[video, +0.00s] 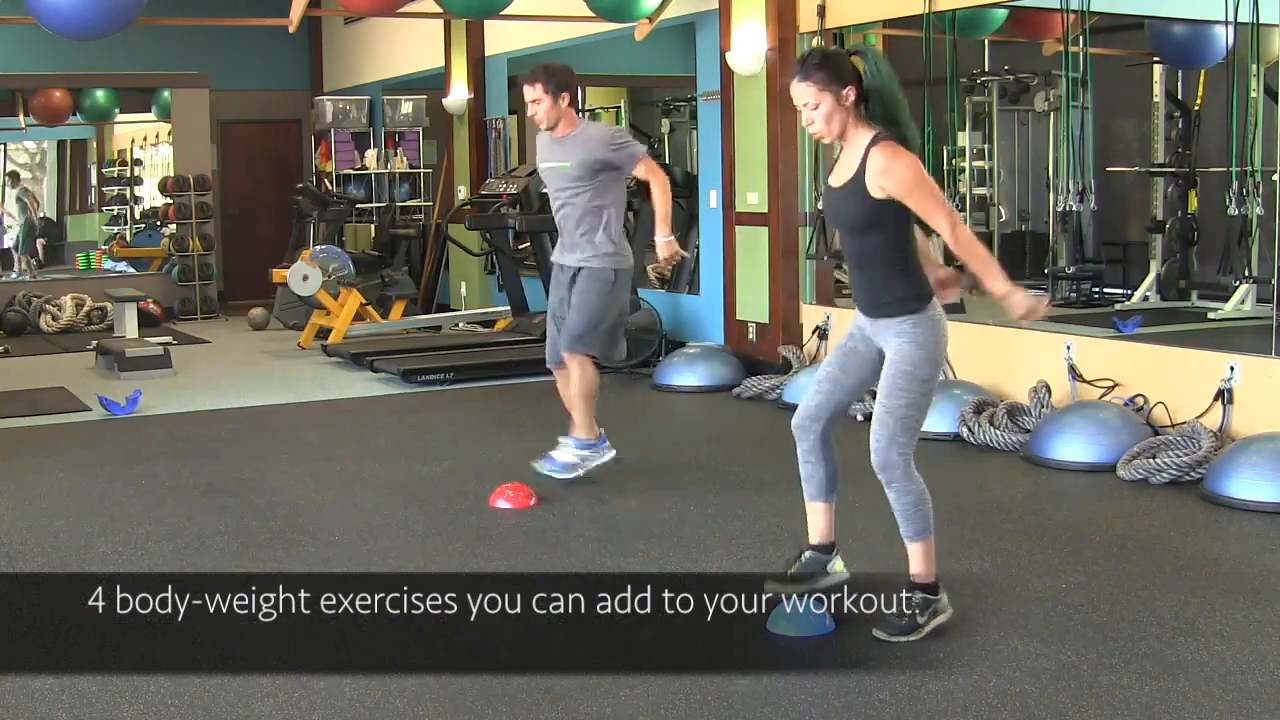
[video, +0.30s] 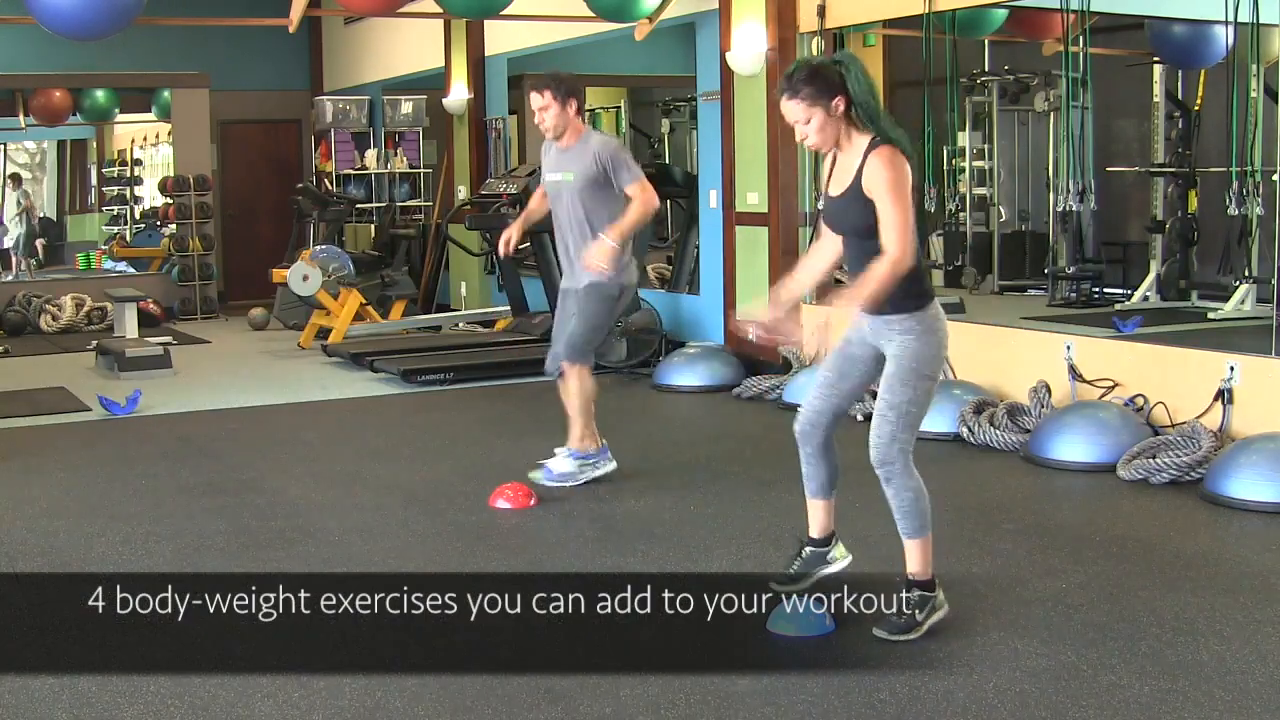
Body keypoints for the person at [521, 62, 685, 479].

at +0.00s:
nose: (530, 111)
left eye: (536, 102)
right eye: (528, 103)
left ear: (564, 100)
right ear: (537, 104)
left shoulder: (603, 139)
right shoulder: (543, 142)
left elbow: (658, 176)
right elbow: (571, 194)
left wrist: (663, 235)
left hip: (604, 262)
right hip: (565, 261)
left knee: (578, 349)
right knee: (557, 358)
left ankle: (584, 441)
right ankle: (590, 438)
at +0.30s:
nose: (537, 119)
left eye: (543, 109)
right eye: (534, 111)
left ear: (572, 107)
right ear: (538, 113)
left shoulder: (605, 148)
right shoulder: (550, 151)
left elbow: (647, 199)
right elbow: (548, 193)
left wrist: (611, 239)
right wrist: (520, 223)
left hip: (606, 274)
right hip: (572, 277)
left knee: (575, 355)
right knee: (562, 362)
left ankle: (582, 450)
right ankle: (592, 446)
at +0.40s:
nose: (534, 119)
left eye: (539, 109)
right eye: (530, 111)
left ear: (567, 103)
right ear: (539, 112)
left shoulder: (604, 140)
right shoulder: (556, 148)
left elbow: (635, 195)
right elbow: (555, 189)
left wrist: (579, 222)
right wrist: (527, 212)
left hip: (618, 272)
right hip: (583, 273)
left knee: (596, 357)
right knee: (568, 360)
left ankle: (621, 452)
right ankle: (588, 445)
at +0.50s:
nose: (530, 146)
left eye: (533, 136)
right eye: (527, 138)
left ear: (560, 127)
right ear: (552, 132)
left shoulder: (600, 161)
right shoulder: (560, 172)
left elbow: (615, 221)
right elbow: (565, 217)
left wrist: (551, 228)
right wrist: (532, 225)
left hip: (632, 288)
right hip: (599, 289)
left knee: (610, 373)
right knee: (569, 368)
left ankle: (650, 463)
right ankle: (596, 447)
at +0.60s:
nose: (530, 196)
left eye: (533, 185)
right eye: (526, 187)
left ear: (560, 177)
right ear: (549, 181)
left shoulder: (596, 209)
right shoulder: (560, 219)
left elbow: (590, 267)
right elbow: (567, 263)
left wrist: (533, 250)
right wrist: (530, 250)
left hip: (651, 321)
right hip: (614, 321)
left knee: (616, 394)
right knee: (569, 386)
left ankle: (659, 475)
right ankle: (607, 459)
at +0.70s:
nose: (531, 244)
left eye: (536, 234)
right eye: (528, 236)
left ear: (561, 228)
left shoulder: (598, 255)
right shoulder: (558, 260)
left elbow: (568, 312)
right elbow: (528, 311)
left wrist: (523, 272)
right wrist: (513, 282)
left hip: (664, 349)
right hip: (624, 348)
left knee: (613, 398)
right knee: (566, 388)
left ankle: (659, 476)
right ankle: (606, 458)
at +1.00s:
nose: (537, 264)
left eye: (543, 255)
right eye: (535, 256)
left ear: (572, 248)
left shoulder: (604, 277)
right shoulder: (555, 281)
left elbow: (592, 338)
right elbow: (528, 314)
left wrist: (527, 334)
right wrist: (507, 327)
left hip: (664, 356)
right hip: (618, 356)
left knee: (616, 396)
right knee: (566, 390)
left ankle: (659, 476)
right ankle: (606, 459)